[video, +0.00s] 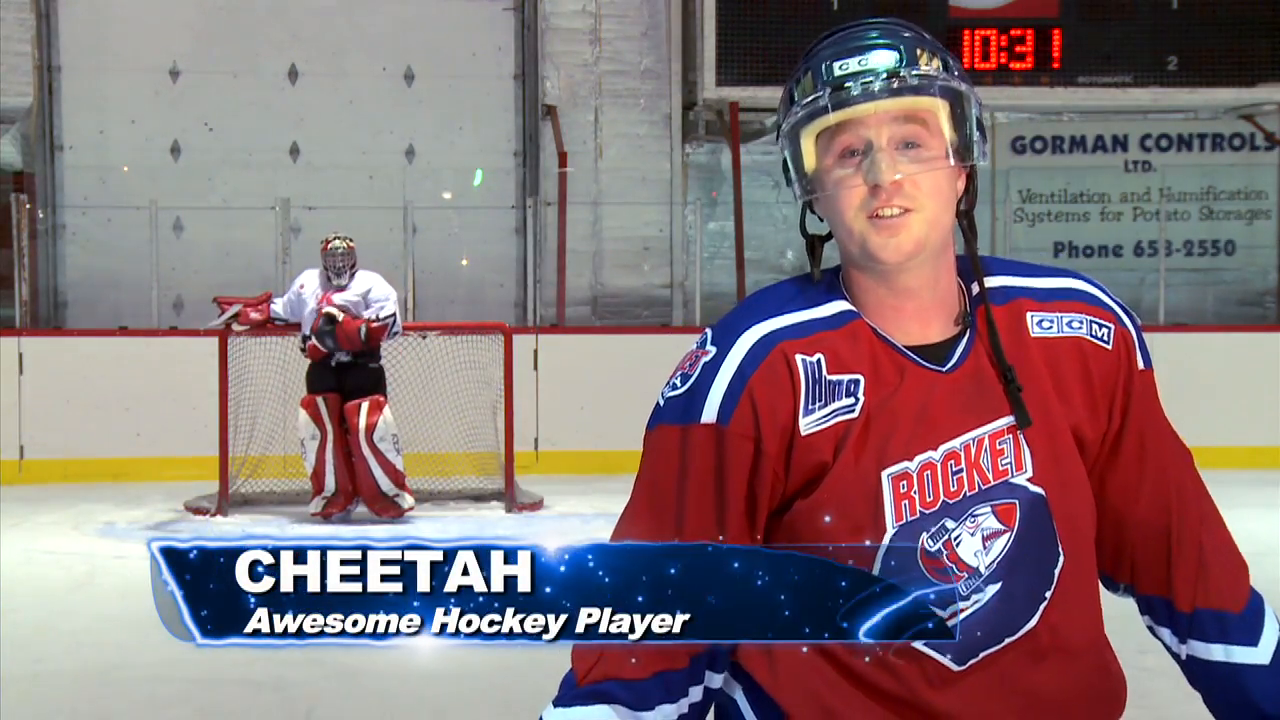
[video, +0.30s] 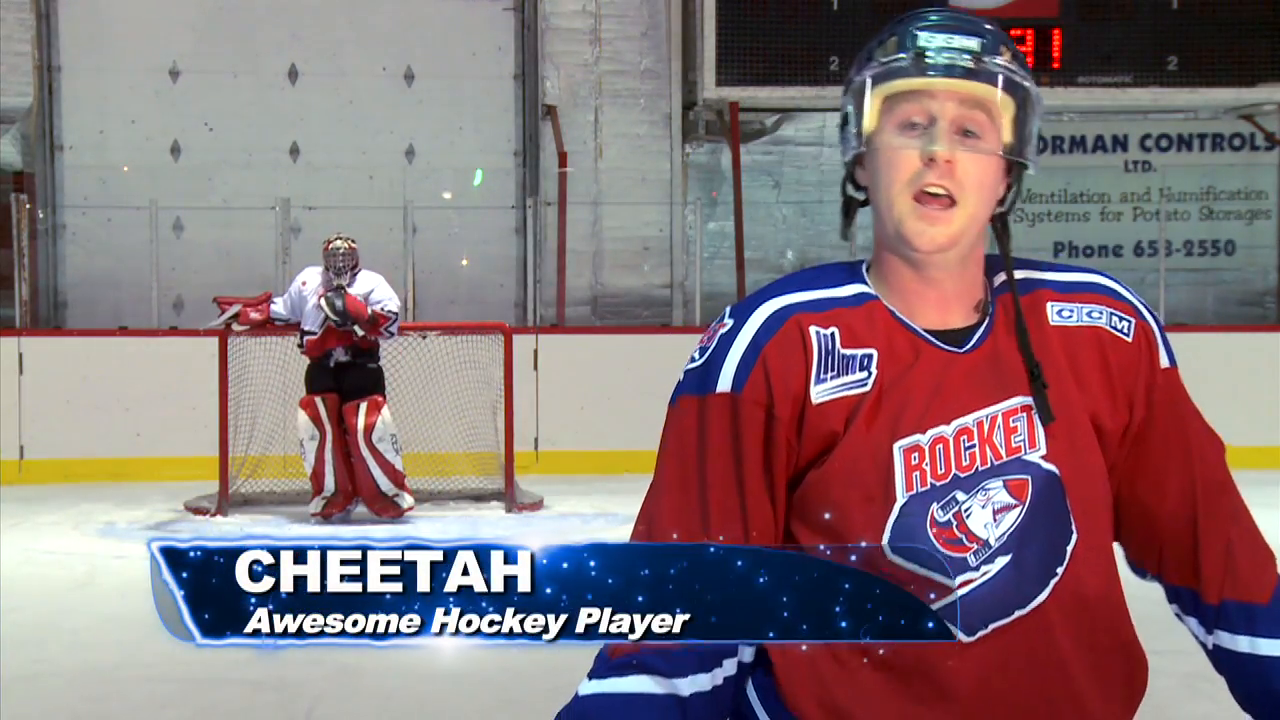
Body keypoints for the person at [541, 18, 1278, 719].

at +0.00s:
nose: (884, 176)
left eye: (911, 144)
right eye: (851, 153)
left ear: (959, 170)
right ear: (812, 187)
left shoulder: (1080, 327)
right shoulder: (747, 368)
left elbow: (1198, 581)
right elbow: (635, 645)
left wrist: (1268, 700)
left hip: (1068, 708)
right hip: (828, 715)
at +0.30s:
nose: (938, 155)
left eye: (969, 131)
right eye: (911, 125)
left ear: (1006, 175)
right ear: (862, 158)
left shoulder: (1102, 327)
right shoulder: (767, 348)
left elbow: (1233, 578)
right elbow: (670, 630)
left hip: (1079, 704)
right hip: (846, 709)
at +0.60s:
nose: (1000, 184)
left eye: (1031, 158)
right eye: (971, 151)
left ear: (1065, 182)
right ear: (920, 167)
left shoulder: (1145, 351)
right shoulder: (808, 342)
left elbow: (1261, 600)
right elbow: (704, 606)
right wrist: (613, 714)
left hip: (1090, 706)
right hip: (856, 710)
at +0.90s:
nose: (1033, 184)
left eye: (1064, 159)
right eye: (1006, 150)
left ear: (1095, 188)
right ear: (954, 166)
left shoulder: (1167, 356)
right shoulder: (841, 332)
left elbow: (1264, 607)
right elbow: (727, 578)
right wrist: (623, 709)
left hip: (1101, 708)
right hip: (867, 707)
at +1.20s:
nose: (1032, 192)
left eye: (1063, 162)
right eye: (1001, 158)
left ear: (1097, 182)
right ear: (950, 171)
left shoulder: (1172, 345)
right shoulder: (843, 330)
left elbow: (1249, 592)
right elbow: (731, 562)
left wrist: (1254, 705)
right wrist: (708, 702)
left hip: (1102, 703)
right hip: (864, 705)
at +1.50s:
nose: (971, 198)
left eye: (998, 165)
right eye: (940, 168)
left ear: (1035, 182)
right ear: (891, 186)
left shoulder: (1138, 336)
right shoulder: (806, 320)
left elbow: (1221, 605)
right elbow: (741, 533)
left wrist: (1235, 713)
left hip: (1093, 707)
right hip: (847, 706)